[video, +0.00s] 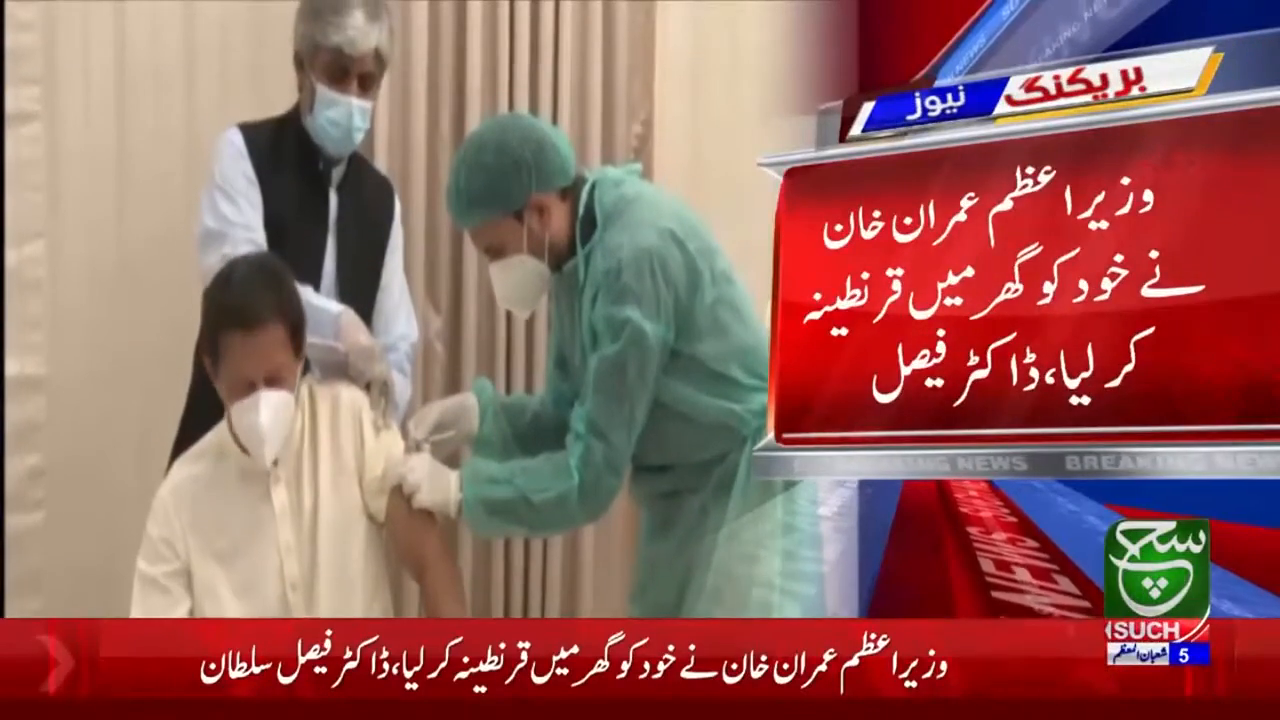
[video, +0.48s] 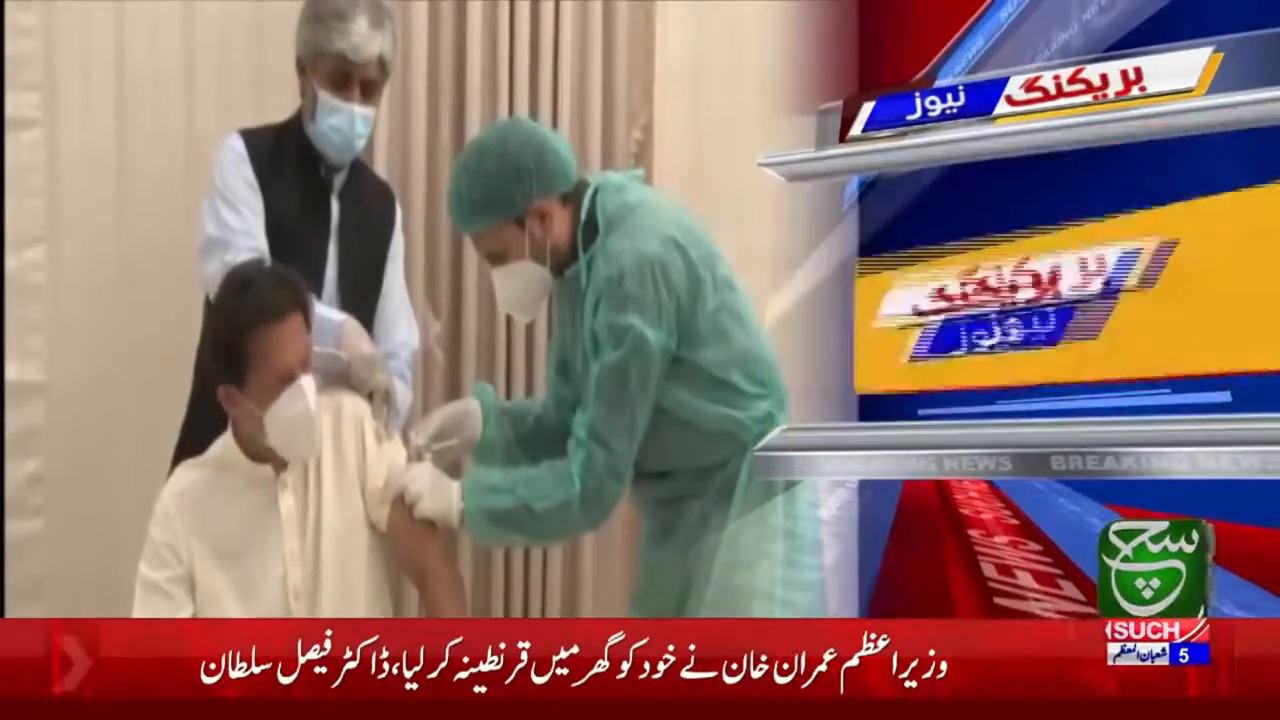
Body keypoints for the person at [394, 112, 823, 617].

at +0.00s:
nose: (495, 269)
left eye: (497, 252)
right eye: (487, 255)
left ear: (542, 213)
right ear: (544, 212)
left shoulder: (634, 251)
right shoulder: (581, 247)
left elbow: (589, 478)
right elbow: (568, 418)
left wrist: (456, 490)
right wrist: (480, 418)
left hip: (750, 480)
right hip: (677, 488)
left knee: (737, 664)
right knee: (658, 661)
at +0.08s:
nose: (496, 271)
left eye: (498, 254)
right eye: (487, 257)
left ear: (542, 214)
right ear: (544, 214)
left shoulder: (635, 252)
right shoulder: (580, 249)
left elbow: (589, 481)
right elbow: (567, 419)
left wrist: (457, 493)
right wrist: (481, 421)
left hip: (752, 481)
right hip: (676, 488)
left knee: (736, 667)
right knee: (657, 663)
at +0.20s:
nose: (496, 271)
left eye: (498, 254)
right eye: (488, 257)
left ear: (543, 216)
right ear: (545, 215)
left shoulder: (636, 254)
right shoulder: (581, 250)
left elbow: (589, 482)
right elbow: (567, 421)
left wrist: (457, 494)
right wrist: (480, 422)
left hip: (751, 483)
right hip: (677, 490)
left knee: (735, 667)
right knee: (658, 663)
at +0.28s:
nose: (496, 273)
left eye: (498, 256)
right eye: (488, 259)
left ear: (543, 217)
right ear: (545, 217)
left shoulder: (635, 255)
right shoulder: (581, 250)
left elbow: (590, 482)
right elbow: (566, 421)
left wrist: (460, 496)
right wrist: (482, 424)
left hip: (745, 488)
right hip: (674, 492)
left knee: (732, 672)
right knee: (656, 669)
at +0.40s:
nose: (496, 275)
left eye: (499, 258)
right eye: (488, 261)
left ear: (543, 219)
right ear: (543, 219)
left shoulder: (635, 259)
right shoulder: (580, 252)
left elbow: (591, 484)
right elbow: (567, 422)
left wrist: (460, 499)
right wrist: (482, 424)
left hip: (747, 489)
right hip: (675, 495)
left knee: (747, 674)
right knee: (658, 672)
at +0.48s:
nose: (496, 276)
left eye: (499, 259)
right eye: (488, 262)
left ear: (543, 219)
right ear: (543, 219)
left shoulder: (635, 259)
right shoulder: (581, 251)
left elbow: (591, 486)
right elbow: (569, 422)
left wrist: (461, 500)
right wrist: (485, 425)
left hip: (747, 489)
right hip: (674, 495)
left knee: (746, 673)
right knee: (660, 671)